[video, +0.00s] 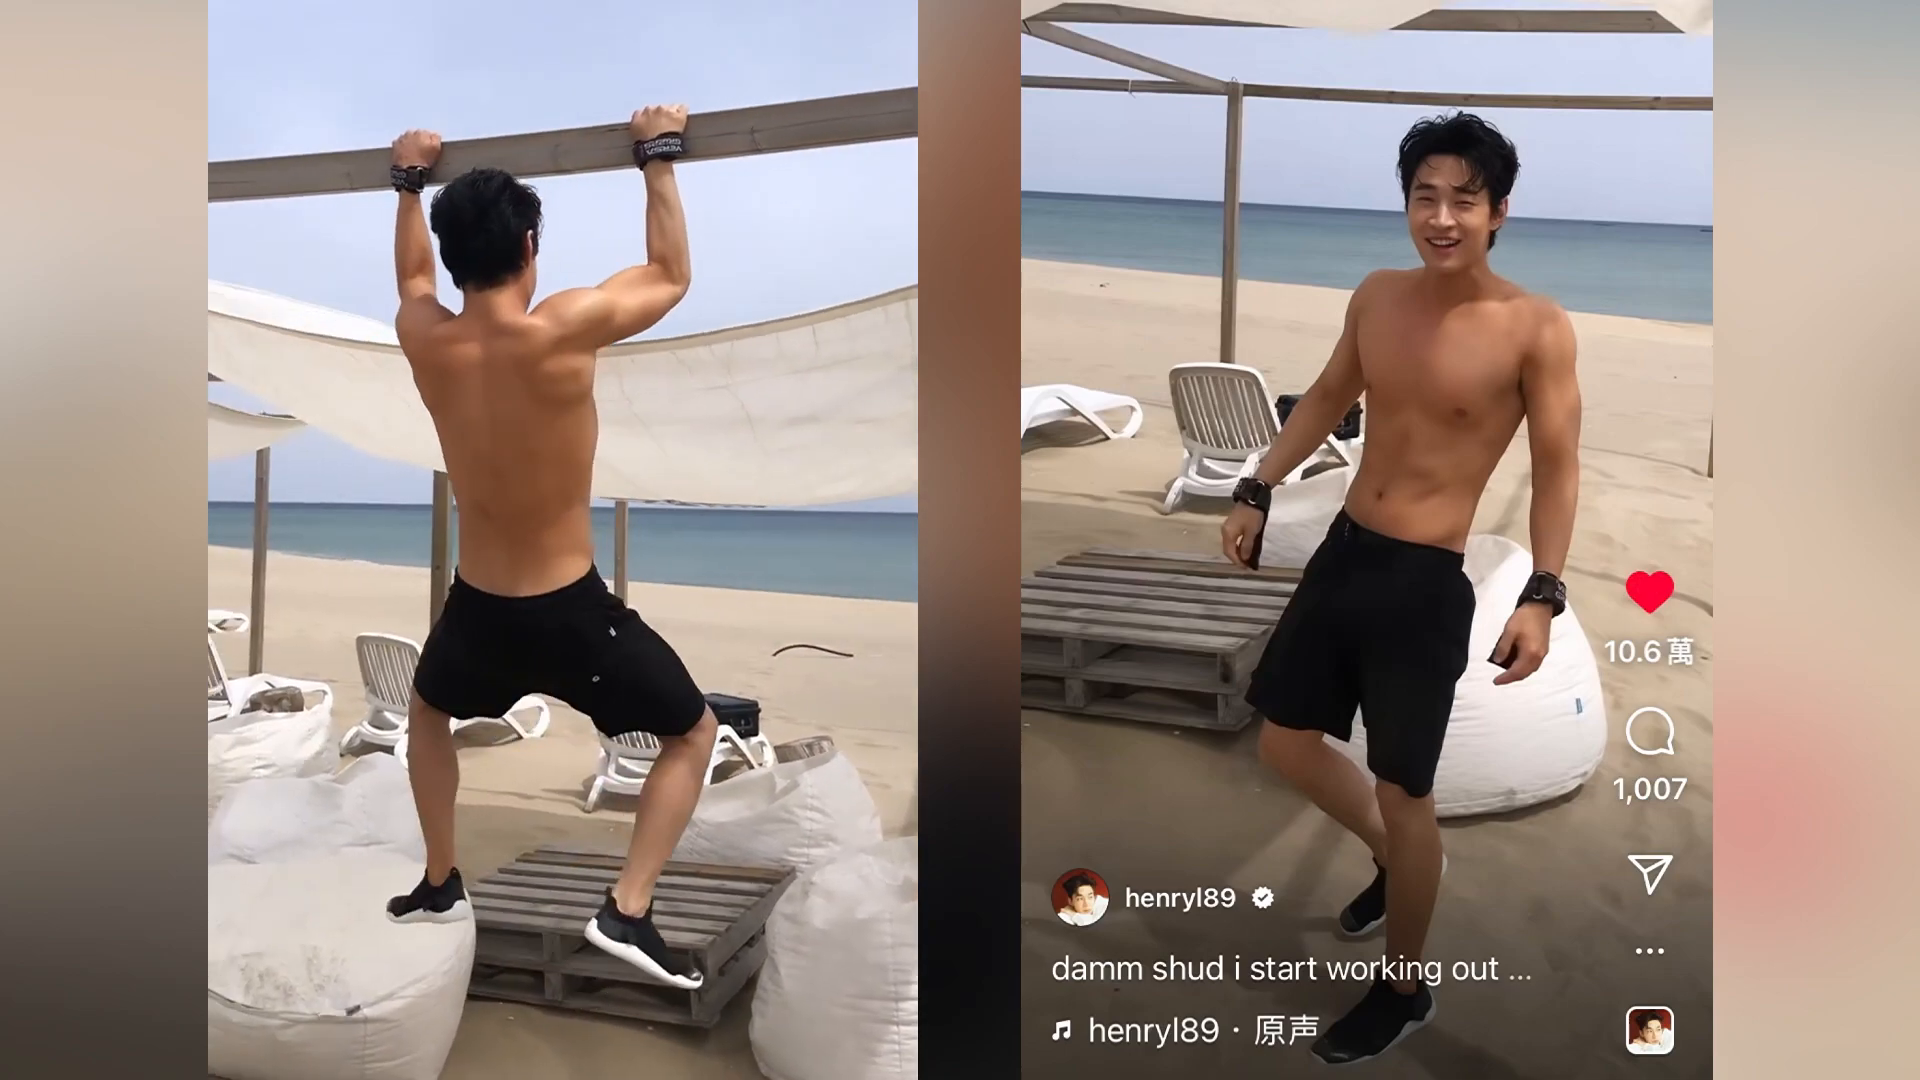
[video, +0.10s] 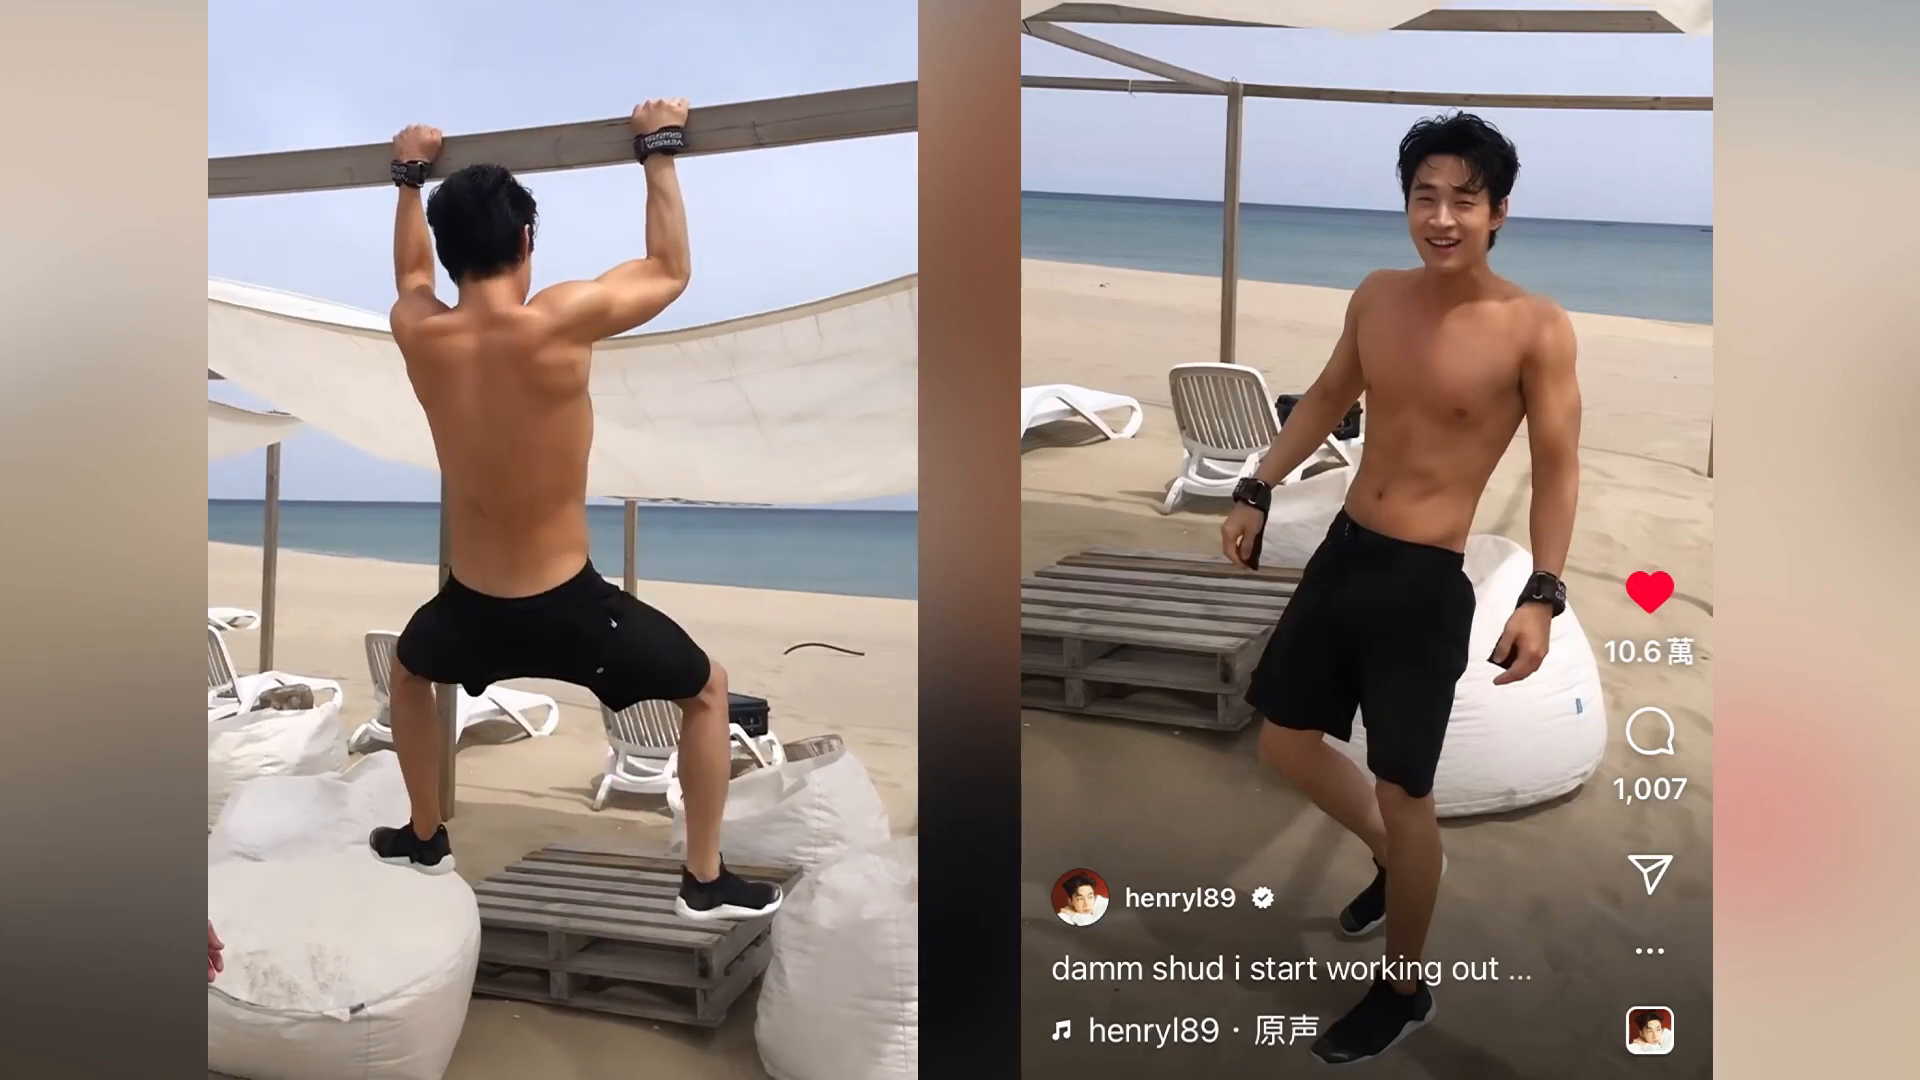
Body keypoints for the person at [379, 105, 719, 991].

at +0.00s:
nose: (540, 246)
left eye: (531, 233)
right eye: (537, 233)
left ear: (452, 254)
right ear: (529, 246)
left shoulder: (429, 339)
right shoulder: (569, 325)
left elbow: (416, 273)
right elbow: (668, 273)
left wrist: (407, 183)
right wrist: (659, 157)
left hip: (475, 614)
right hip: (573, 613)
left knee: (429, 712)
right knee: (691, 734)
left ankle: (439, 878)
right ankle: (629, 911)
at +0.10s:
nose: (536, 240)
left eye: (526, 230)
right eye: (533, 230)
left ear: (445, 253)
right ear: (526, 240)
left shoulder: (421, 334)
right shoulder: (566, 319)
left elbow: (412, 271)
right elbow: (668, 269)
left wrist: (408, 183)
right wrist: (661, 152)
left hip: (469, 614)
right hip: (569, 611)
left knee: (410, 669)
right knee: (705, 686)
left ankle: (425, 834)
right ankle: (704, 876)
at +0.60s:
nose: (468, 227)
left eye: (431, 229)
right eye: (479, 214)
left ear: (408, 244)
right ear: (486, 226)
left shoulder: (384, 318)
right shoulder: (541, 279)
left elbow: (329, 250)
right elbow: (671, 224)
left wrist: (327, 144)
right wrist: (636, 99)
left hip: (469, 591)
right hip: (571, 579)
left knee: (422, 769)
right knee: (620, 738)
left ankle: (395, 960)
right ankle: (656, 917)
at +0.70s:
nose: (491, 335)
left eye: (409, 342)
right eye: (490, 324)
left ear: (405, 345)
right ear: (486, 328)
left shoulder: (390, 419)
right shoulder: (542, 372)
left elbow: (303, 369)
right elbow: (664, 317)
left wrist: (284, 256)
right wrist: (587, 232)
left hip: (474, 690)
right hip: (578, 680)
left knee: (412, 883)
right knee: (603, 848)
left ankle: (387, 1067)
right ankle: (624, 1026)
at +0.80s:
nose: (400, 495)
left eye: (397, 484)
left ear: (405, 486)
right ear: (485, 469)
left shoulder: (386, 559)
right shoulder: (546, 514)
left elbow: (284, 552)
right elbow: (677, 491)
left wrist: (267, 449)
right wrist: (592, 435)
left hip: (477, 837)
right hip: (583, 821)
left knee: (395, 1013)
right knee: (599, 977)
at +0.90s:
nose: (394, 634)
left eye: (392, 622)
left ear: (403, 627)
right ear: (476, 607)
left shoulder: (389, 700)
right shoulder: (553, 656)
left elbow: (280, 757)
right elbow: (671, 706)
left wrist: (266, 682)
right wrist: (619, 632)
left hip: (497, 974)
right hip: (597, 960)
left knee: (358, 1025)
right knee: (597, 1055)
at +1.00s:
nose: (404, 731)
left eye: (400, 722)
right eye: (402, 722)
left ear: (411, 722)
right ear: (481, 701)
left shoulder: (400, 794)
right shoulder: (558, 743)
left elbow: (299, 877)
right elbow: (667, 805)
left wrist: (283, 882)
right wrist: (610, 782)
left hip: (513, 1055)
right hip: (620, 1044)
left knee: (369, 1006)